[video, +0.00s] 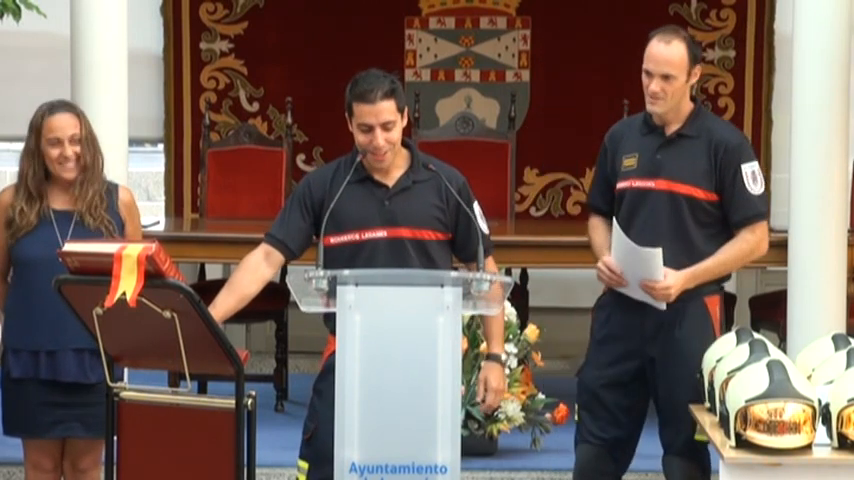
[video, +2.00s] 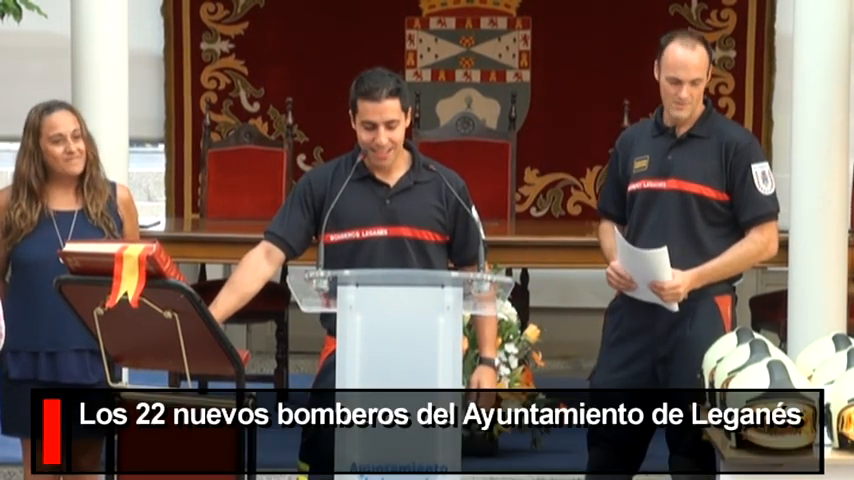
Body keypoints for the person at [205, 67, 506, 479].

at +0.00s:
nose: (378, 141)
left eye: (387, 127)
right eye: (366, 129)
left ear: (405, 120)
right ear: (349, 125)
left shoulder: (447, 186)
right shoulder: (322, 186)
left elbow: (486, 273)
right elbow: (267, 257)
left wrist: (494, 357)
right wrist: (207, 321)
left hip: (428, 356)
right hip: (349, 356)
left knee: (425, 469)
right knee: (323, 466)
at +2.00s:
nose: (380, 139)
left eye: (391, 125)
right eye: (369, 126)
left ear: (408, 119)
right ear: (353, 123)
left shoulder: (447, 188)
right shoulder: (323, 184)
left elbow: (477, 279)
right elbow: (267, 255)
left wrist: (487, 361)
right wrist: (207, 322)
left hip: (428, 352)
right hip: (348, 351)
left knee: (429, 467)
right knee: (322, 462)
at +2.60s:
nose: (378, 139)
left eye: (389, 126)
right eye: (367, 127)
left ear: (408, 119)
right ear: (352, 122)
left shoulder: (447, 188)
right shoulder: (323, 184)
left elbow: (475, 281)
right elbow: (267, 255)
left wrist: (483, 363)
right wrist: (207, 322)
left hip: (428, 352)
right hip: (348, 351)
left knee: (429, 469)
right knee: (330, 465)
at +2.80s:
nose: (378, 139)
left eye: (388, 126)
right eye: (367, 127)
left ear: (408, 119)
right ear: (352, 122)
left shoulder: (447, 188)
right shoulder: (323, 184)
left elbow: (476, 281)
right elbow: (267, 255)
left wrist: (484, 364)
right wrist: (208, 322)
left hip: (428, 352)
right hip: (348, 351)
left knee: (429, 469)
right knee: (331, 465)